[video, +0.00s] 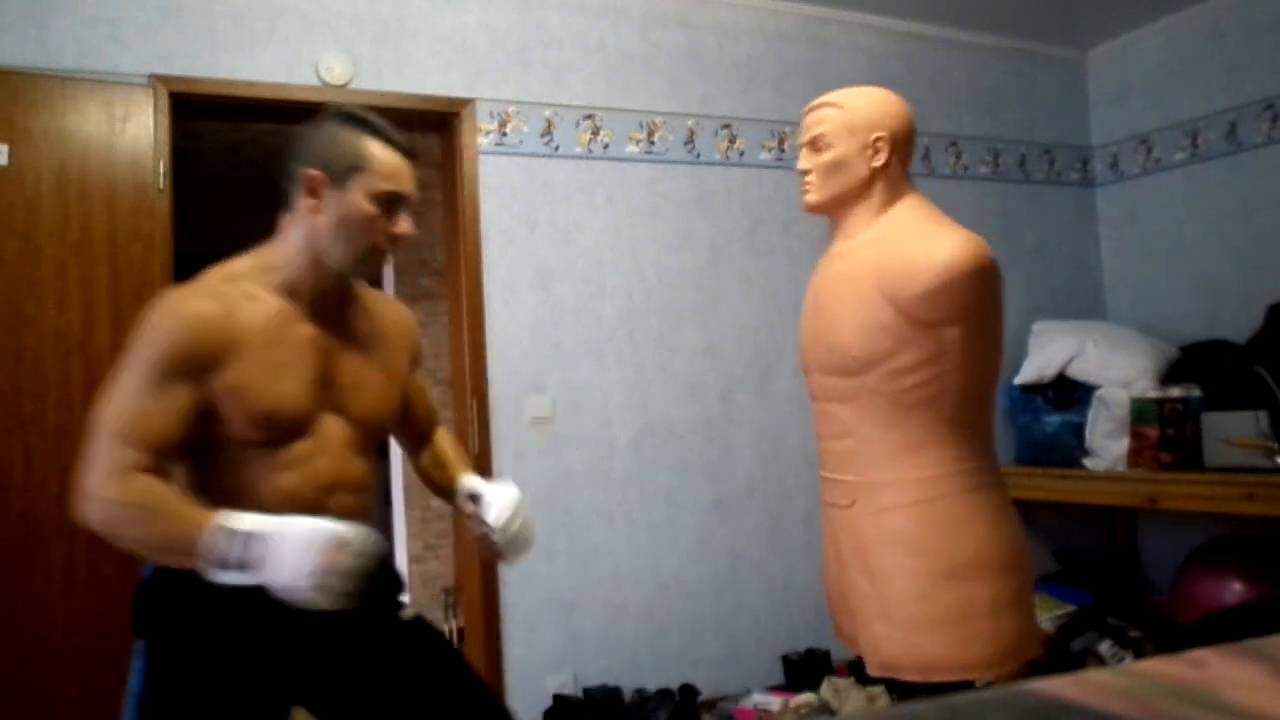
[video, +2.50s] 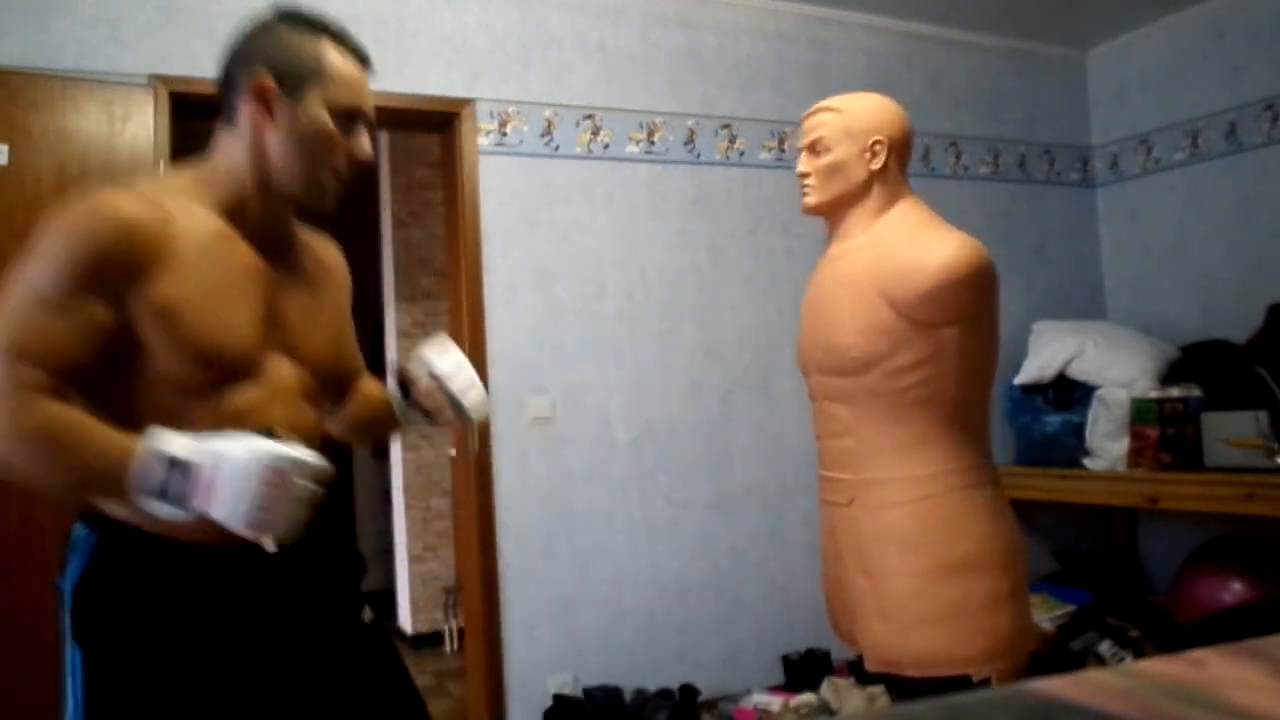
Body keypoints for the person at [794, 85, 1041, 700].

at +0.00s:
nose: (801, 163)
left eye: (818, 145)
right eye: (802, 148)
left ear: (877, 153)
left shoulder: (940, 261)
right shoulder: (841, 257)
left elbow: (964, 437)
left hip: (933, 548)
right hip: (863, 544)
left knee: (959, 705)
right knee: (894, 697)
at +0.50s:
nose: (817, 160)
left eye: (836, 144)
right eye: (819, 146)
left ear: (892, 152)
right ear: (886, 154)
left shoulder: (953, 260)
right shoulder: (851, 258)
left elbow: (973, 427)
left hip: (940, 540)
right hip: (871, 537)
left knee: (964, 702)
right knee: (897, 694)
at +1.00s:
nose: (809, 162)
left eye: (827, 145)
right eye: (810, 147)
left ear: (884, 152)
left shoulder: (946, 260)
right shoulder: (842, 261)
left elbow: (966, 431)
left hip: (936, 540)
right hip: (865, 538)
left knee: (960, 703)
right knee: (894, 695)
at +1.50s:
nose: (812, 160)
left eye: (830, 144)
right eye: (813, 146)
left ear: (887, 152)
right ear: (881, 154)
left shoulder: (949, 261)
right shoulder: (846, 260)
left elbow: (966, 433)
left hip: (937, 544)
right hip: (868, 541)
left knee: (960, 703)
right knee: (897, 696)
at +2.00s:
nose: (815, 170)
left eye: (830, 155)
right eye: (817, 156)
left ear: (883, 160)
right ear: (880, 163)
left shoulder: (930, 254)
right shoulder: (859, 254)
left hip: (933, 520)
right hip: (872, 520)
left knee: (955, 697)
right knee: (900, 690)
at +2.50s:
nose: (800, 166)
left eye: (817, 149)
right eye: (801, 151)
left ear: (874, 156)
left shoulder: (937, 264)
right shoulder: (839, 259)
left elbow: (959, 434)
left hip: (930, 544)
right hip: (864, 541)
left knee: (949, 703)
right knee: (892, 696)